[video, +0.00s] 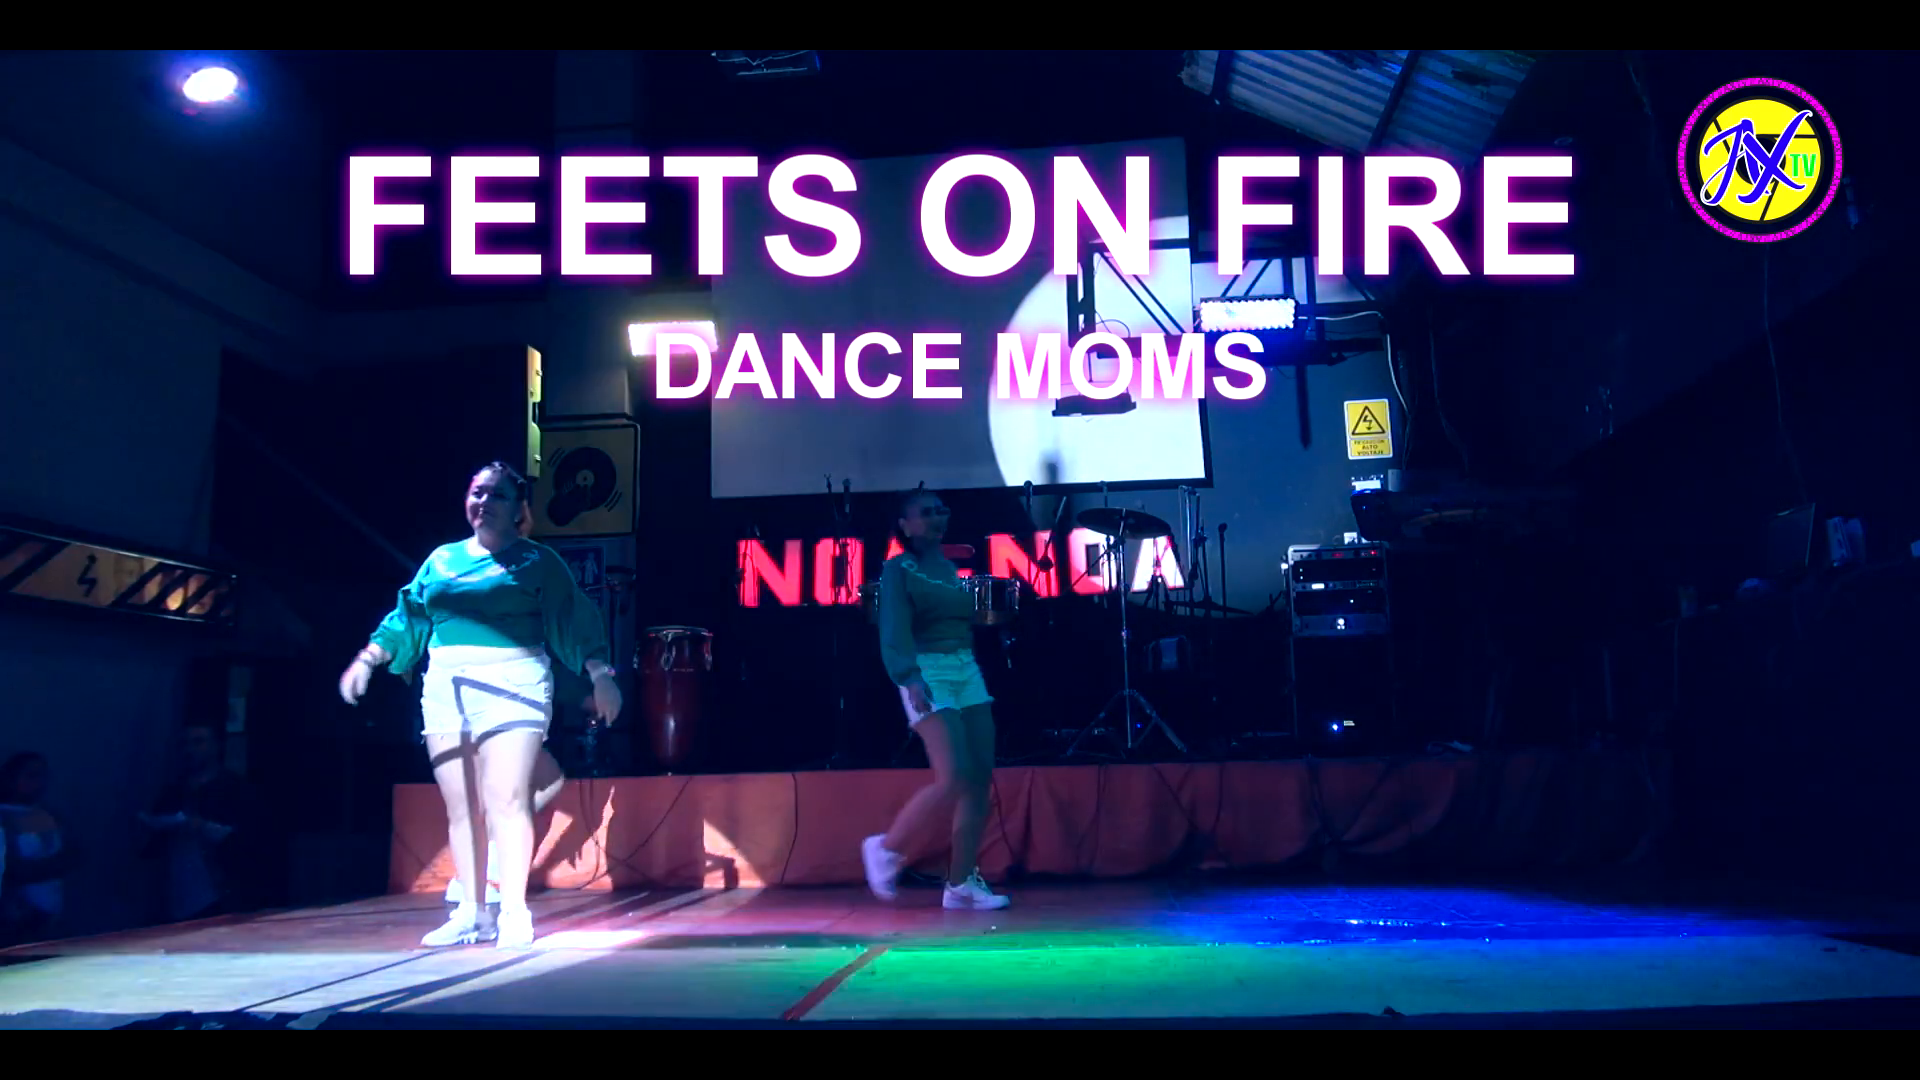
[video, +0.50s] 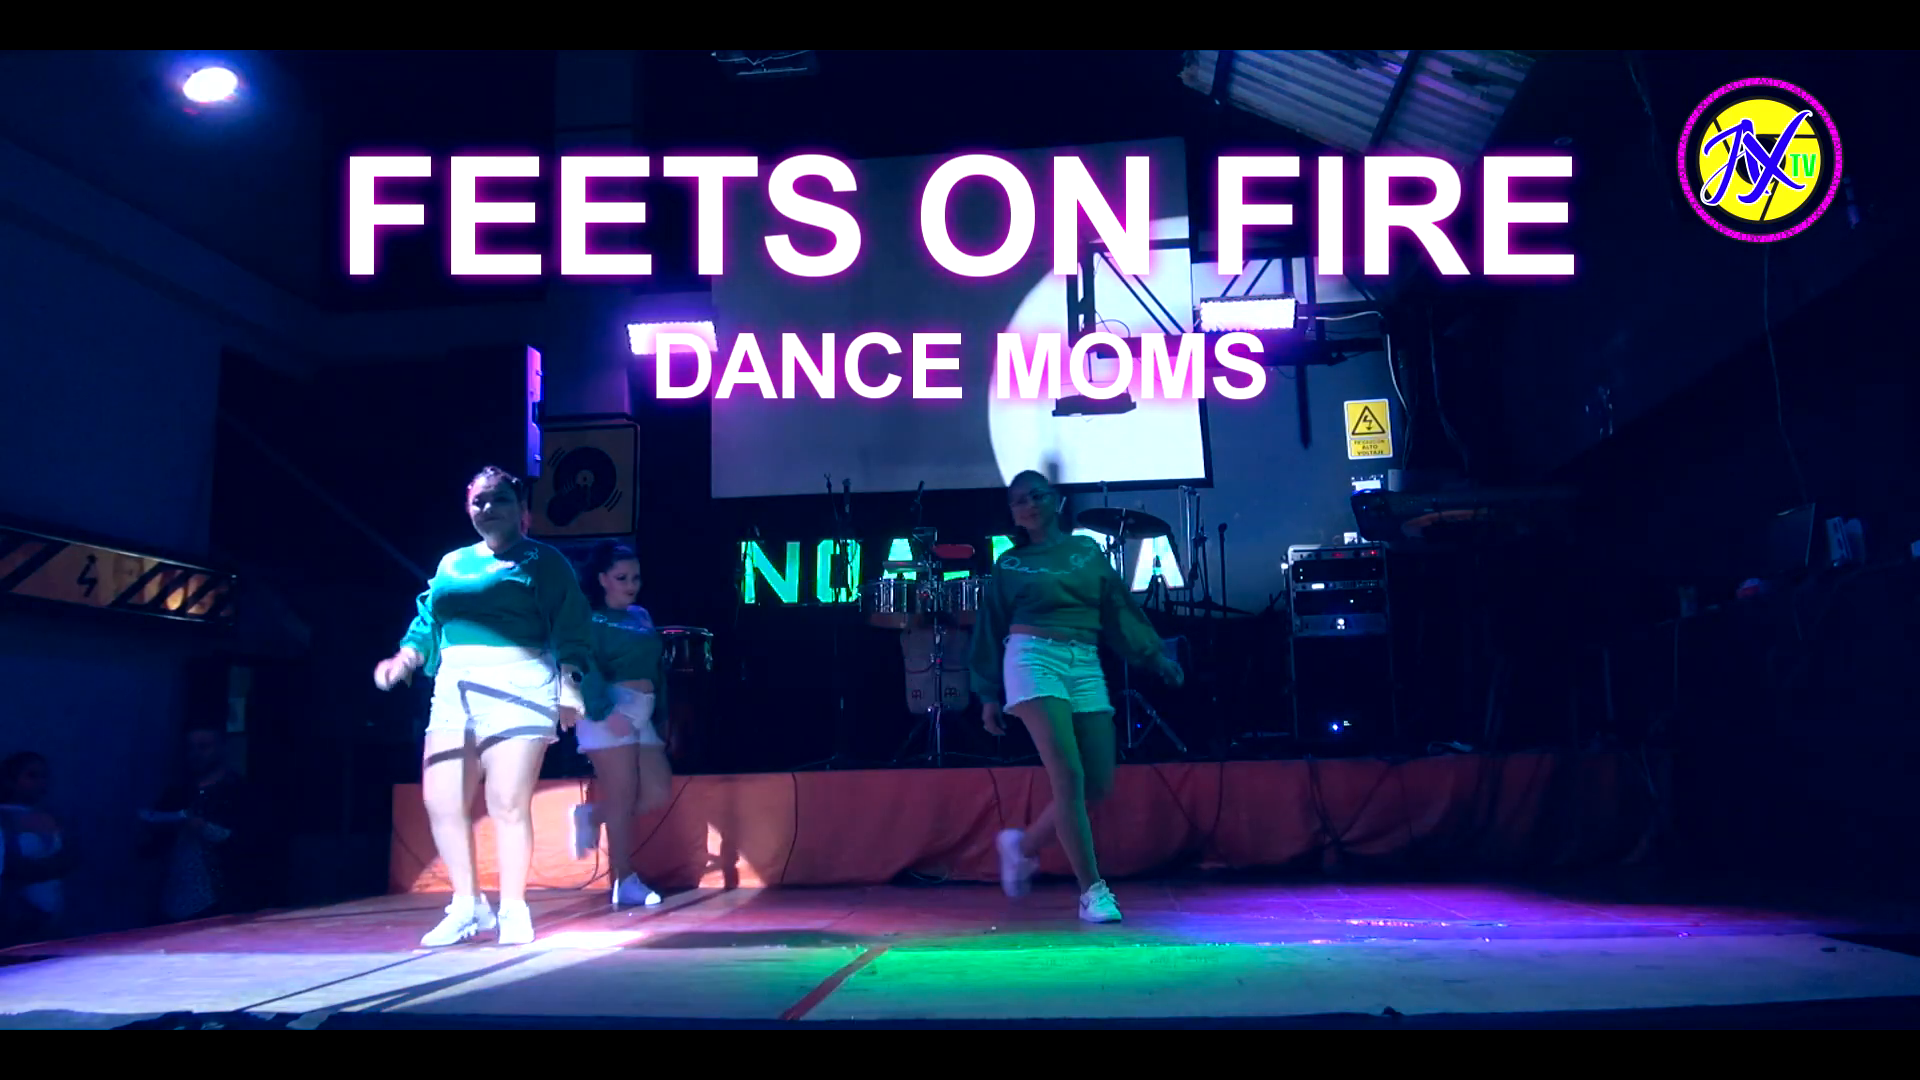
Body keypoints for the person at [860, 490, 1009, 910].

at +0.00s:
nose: (936, 518)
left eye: (939, 511)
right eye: (926, 513)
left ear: (944, 520)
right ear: (905, 524)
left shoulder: (948, 570)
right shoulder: (898, 571)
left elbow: (960, 620)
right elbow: (893, 631)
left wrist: (988, 612)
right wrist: (909, 679)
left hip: (967, 670)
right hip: (926, 674)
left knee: (978, 779)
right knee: (952, 778)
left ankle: (961, 882)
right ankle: (885, 849)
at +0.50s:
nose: (1027, 506)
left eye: (1034, 498)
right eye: (1019, 502)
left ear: (1054, 501)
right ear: (1012, 514)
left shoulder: (1087, 551)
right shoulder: (1010, 565)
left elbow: (1121, 611)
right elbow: (987, 632)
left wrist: (1157, 656)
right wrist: (988, 694)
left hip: (1085, 660)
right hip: (1032, 657)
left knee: (1098, 780)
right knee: (1066, 773)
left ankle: (1022, 844)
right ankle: (1093, 889)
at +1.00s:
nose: (1169, 471)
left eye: (1171, 463)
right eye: (1156, 465)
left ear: (1177, 471)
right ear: (1129, 476)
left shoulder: (1191, 529)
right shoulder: (1115, 529)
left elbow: (1202, 590)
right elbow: (1094, 601)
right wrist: (1098, 641)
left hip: (1204, 639)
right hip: (1145, 645)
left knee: (1236, 759)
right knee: (1160, 773)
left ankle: (1233, 894)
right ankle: (1111, 868)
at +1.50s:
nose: (1203, 438)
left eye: (1214, 427)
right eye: (1195, 433)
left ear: (1240, 436)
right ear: (1189, 449)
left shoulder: (1283, 489)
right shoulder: (1187, 511)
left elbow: (1341, 551)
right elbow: (1169, 593)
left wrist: (1370, 597)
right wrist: (1170, 666)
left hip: (1272, 631)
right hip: (1207, 629)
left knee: (1279, 770)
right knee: (1242, 764)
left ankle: (1238, 879)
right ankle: (1275, 902)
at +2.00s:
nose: (1272, 424)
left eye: (1281, 415)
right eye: (1262, 418)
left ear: (1301, 423)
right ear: (1248, 430)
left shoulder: (1336, 477)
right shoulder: (1232, 490)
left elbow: (1372, 555)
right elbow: (1205, 570)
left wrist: (1384, 623)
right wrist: (1196, 620)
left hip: (1338, 617)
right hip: (1262, 623)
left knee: (1353, 760)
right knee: (1268, 765)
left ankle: (1356, 899)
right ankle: (1280, 900)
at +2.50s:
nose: (1253, 406)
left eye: (1265, 397)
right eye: (1250, 399)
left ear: (1298, 405)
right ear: (1249, 413)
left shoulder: (1338, 465)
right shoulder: (1235, 480)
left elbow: (1401, 542)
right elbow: (1217, 572)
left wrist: (1399, 596)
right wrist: (1220, 644)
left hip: (1325, 609)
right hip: (1249, 613)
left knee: (1343, 759)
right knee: (1262, 764)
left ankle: (1355, 901)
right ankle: (1286, 904)